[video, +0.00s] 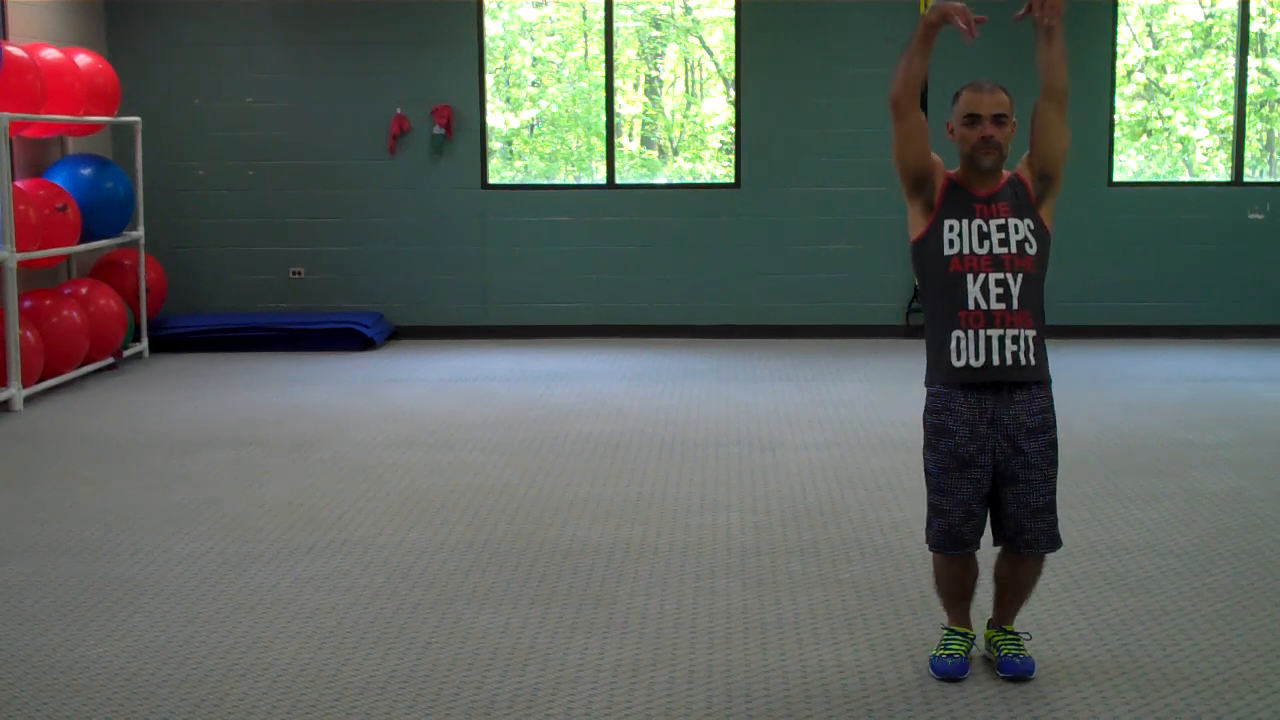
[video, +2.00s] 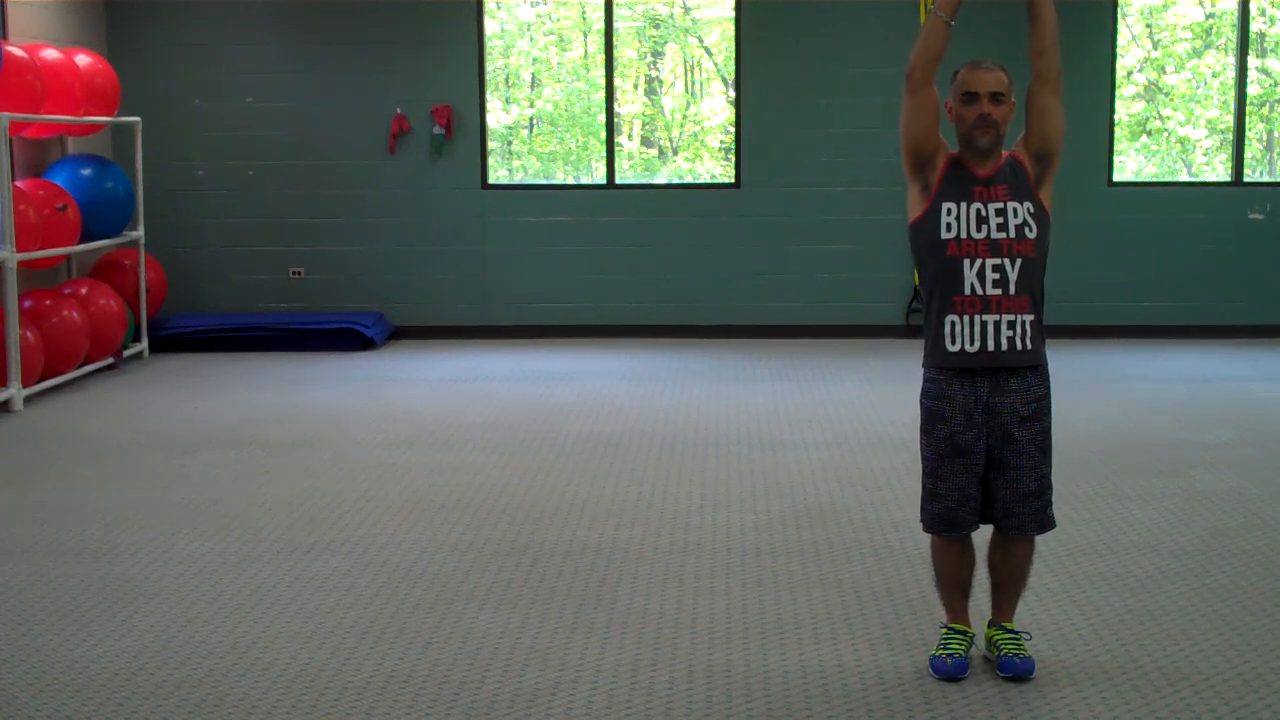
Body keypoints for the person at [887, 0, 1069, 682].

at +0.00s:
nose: (989, 130)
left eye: (999, 119)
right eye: (976, 119)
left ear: (1014, 131)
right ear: (954, 130)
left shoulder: (1035, 190)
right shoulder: (928, 191)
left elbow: (1056, 102)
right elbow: (902, 102)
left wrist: (1051, 28)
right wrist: (929, 25)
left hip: (1027, 395)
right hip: (955, 395)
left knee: (1028, 528)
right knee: (953, 527)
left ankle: (1003, 629)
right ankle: (957, 630)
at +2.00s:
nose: (984, 108)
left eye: (995, 98)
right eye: (970, 98)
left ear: (1012, 109)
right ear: (949, 109)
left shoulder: (1033, 172)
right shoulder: (928, 175)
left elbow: (1048, 74)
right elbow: (918, 78)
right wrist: (944, 7)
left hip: (1022, 381)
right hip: (951, 382)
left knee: (1019, 519)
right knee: (949, 519)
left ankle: (1004, 628)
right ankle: (955, 628)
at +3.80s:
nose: (965, 126)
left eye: (978, 116)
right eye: (953, 115)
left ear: (996, 132)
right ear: (935, 131)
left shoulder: (1020, 189)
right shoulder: (918, 190)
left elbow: (1050, 95)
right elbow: (887, 101)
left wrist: (1028, 6)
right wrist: (915, 16)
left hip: (1014, 403)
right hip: (937, 403)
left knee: (1024, 540)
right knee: (932, 527)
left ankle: (995, 629)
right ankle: (920, 616)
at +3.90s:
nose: (945, 125)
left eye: (960, 112)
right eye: (937, 113)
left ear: (991, 121)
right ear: (925, 124)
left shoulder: (1013, 181)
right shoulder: (911, 178)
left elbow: (1037, 83)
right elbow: (867, 94)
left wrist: (1025, 3)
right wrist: (828, 18)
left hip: (1003, 398)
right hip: (923, 394)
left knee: (1019, 531)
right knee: (880, 514)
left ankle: (993, 630)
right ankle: (833, 617)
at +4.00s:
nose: (921, 117)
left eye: (936, 106)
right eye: (915, 107)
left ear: (974, 116)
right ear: (911, 117)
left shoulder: (1003, 171)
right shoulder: (895, 169)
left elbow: (1026, 77)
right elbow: (822, 105)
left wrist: (1016, 1)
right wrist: (756, 53)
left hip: (984, 394)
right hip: (902, 390)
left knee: (1004, 525)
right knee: (840, 504)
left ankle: (992, 631)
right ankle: (769, 609)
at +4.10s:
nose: (903, 117)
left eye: (919, 106)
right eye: (901, 106)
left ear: (960, 118)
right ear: (899, 116)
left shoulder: (987, 178)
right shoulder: (877, 172)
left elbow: (1014, 79)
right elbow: (793, 140)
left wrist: (1007, 2)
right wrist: (715, 119)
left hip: (960, 395)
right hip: (878, 392)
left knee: (997, 524)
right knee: (814, 510)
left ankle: (991, 629)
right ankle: (756, 615)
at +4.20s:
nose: (890, 120)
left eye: (906, 110)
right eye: (888, 110)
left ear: (947, 121)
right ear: (888, 120)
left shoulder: (976, 182)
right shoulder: (859, 178)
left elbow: (1009, 88)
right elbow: (772, 181)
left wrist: (1001, 4)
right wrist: (692, 199)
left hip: (947, 397)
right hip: (863, 395)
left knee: (999, 524)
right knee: (801, 513)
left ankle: (994, 623)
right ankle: (750, 617)